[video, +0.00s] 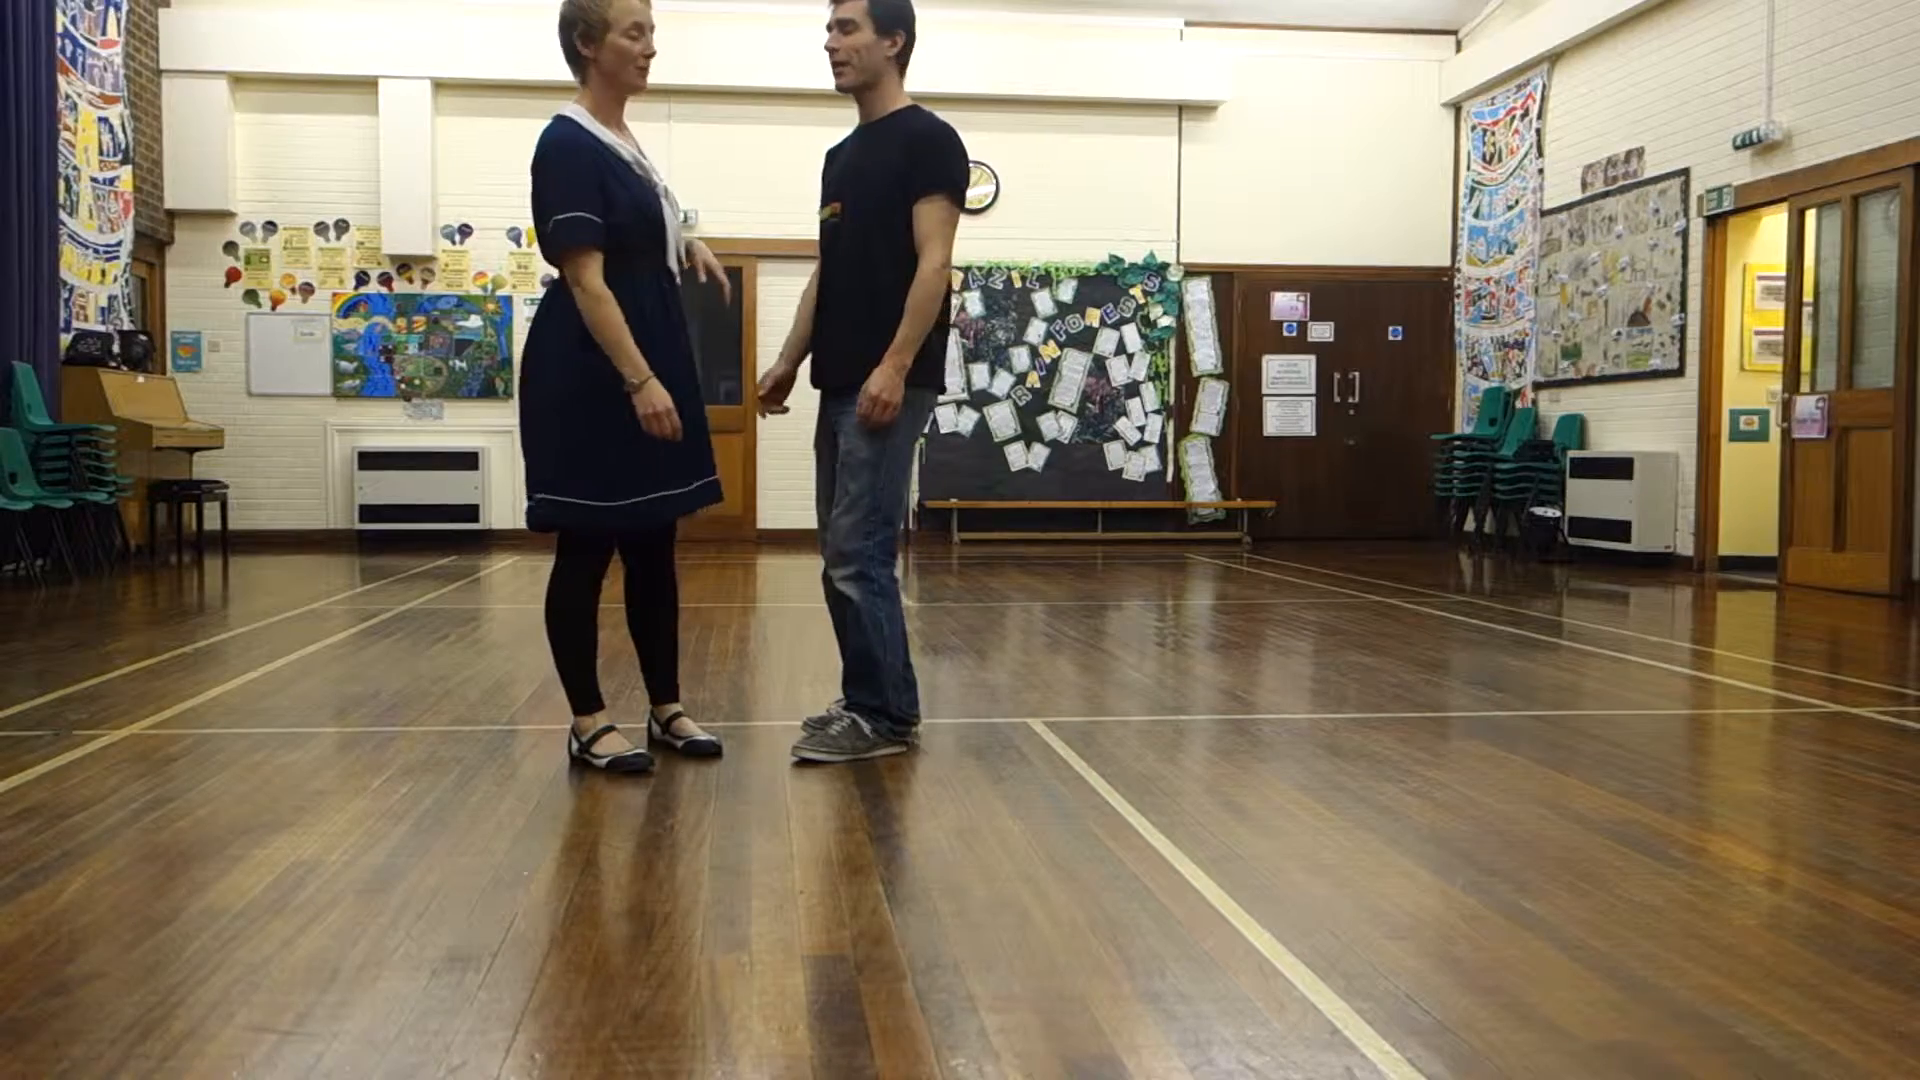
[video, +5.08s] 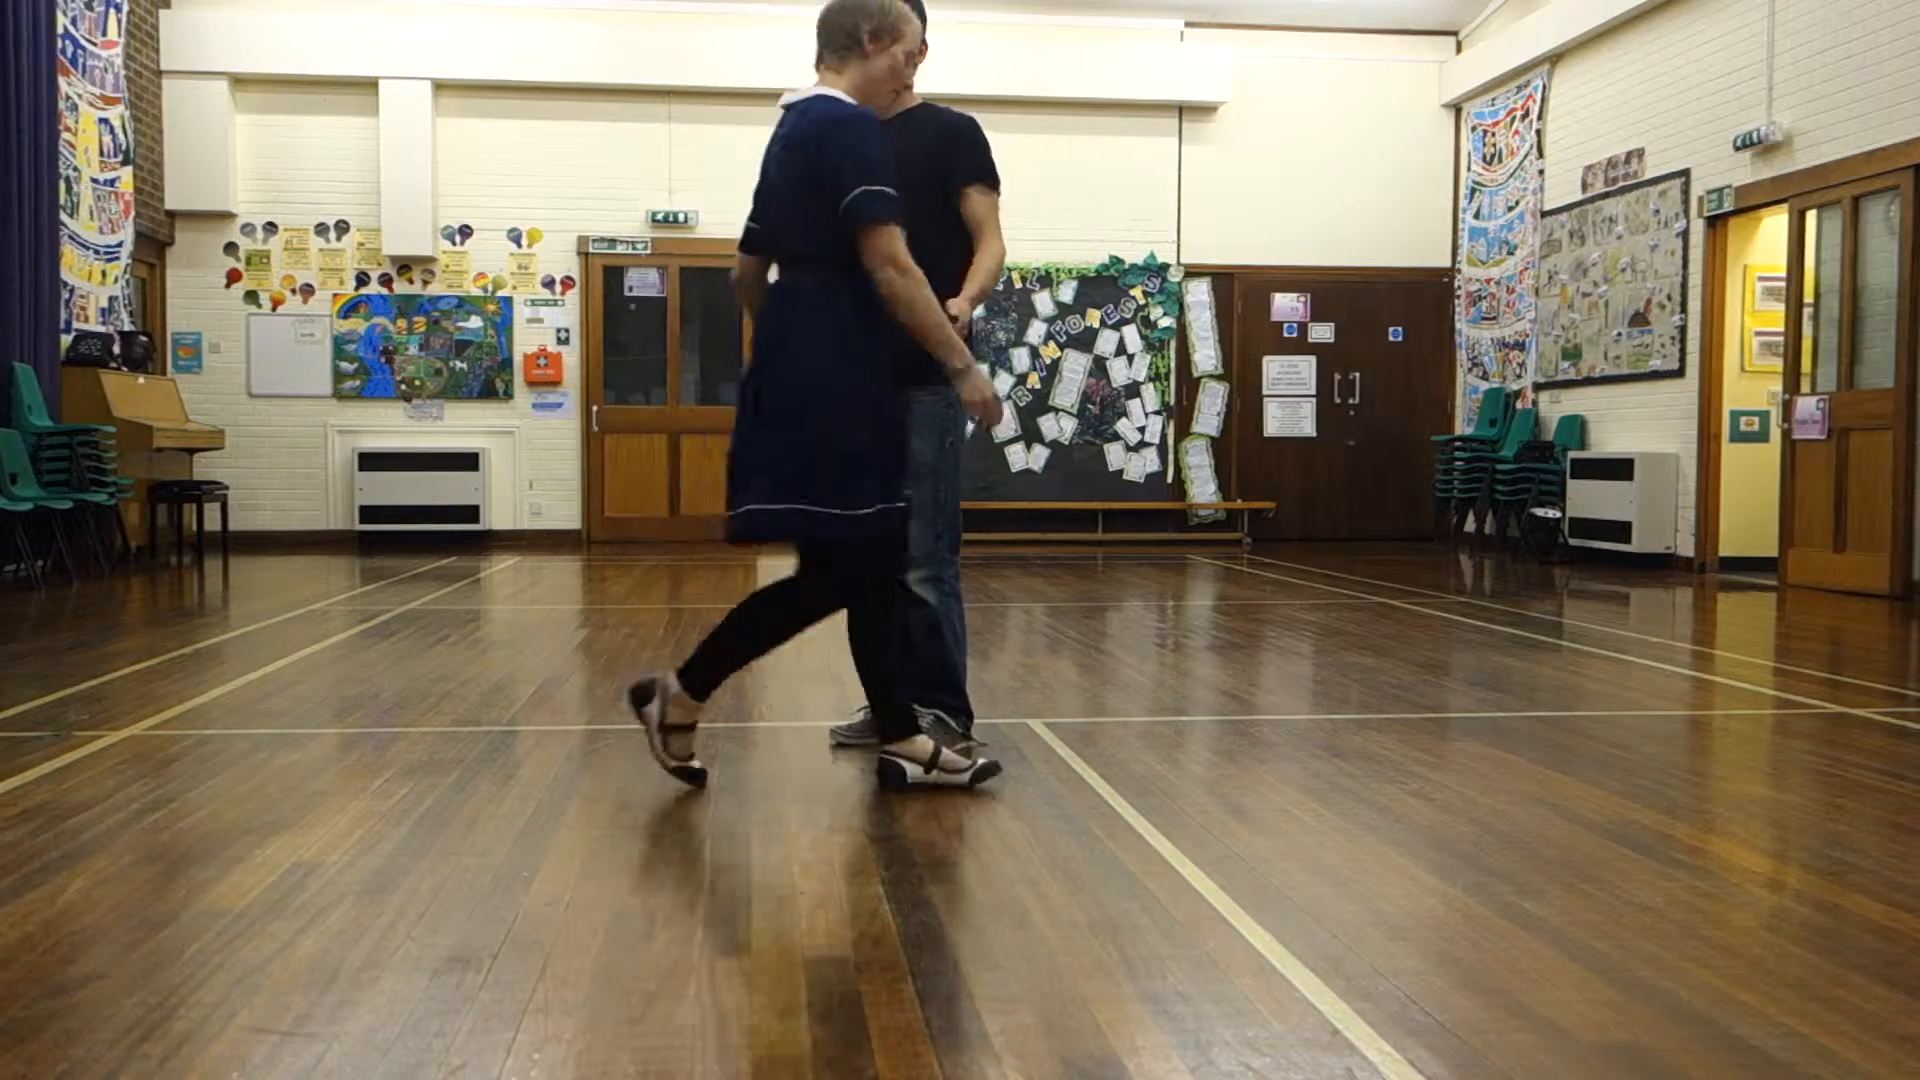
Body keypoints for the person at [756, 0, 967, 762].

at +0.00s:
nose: (831, 42)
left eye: (848, 28)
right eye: (830, 29)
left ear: (895, 44)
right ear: (836, 44)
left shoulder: (929, 138)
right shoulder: (841, 156)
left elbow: (935, 265)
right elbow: (827, 271)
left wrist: (896, 366)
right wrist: (788, 361)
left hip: (890, 381)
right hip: (841, 380)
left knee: (859, 555)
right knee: (844, 555)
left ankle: (885, 714)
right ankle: (871, 704)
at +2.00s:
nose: (818, 33)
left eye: (828, 18)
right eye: (821, 18)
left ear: (864, 21)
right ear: (873, 26)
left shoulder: (882, 108)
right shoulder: (908, 111)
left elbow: (867, 245)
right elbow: (879, 249)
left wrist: (778, 321)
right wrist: (785, 317)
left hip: (882, 369)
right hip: (894, 365)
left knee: (856, 552)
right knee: (858, 547)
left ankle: (883, 721)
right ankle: (868, 708)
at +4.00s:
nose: (830, 41)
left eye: (845, 28)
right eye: (831, 28)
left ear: (893, 43)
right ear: (873, 45)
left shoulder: (903, 125)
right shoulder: (881, 133)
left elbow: (910, 241)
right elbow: (892, 267)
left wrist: (803, 244)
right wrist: (806, 275)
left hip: (885, 376)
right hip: (883, 373)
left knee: (841, 553)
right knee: (883, 548)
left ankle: (856, 720)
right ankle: (915, 708)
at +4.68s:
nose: (867, 42)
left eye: (883, 29)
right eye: (855, 30)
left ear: (914, 47)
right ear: (842, 48)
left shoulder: (940, 129)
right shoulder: (837, 160)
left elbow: (975, 243)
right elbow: (825, 275)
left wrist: (901, 283)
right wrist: (754, 314)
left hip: (927, 375)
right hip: (868, 380)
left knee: (904, 552)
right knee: (866, 555)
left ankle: (936, 712)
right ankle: (894, 702)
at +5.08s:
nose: (890, 61)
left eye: (898, 47)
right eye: (886, 46)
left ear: (916, 53)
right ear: (870, 47)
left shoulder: (951, 131)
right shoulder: (837, 136)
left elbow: (990, 238)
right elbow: (804, 244)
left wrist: (968, 298)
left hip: (928, 369)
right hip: (855, 369)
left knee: (927, 553)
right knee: (869, 550)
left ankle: (945, 715)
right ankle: (888, 703)